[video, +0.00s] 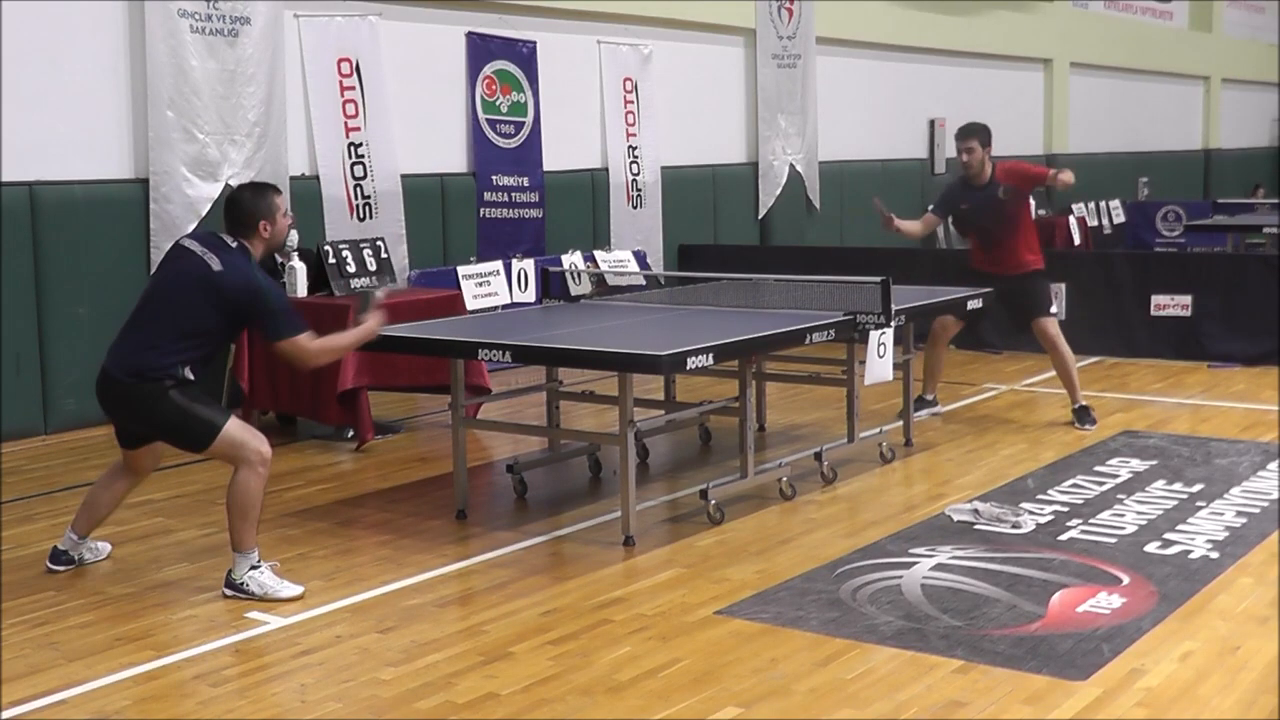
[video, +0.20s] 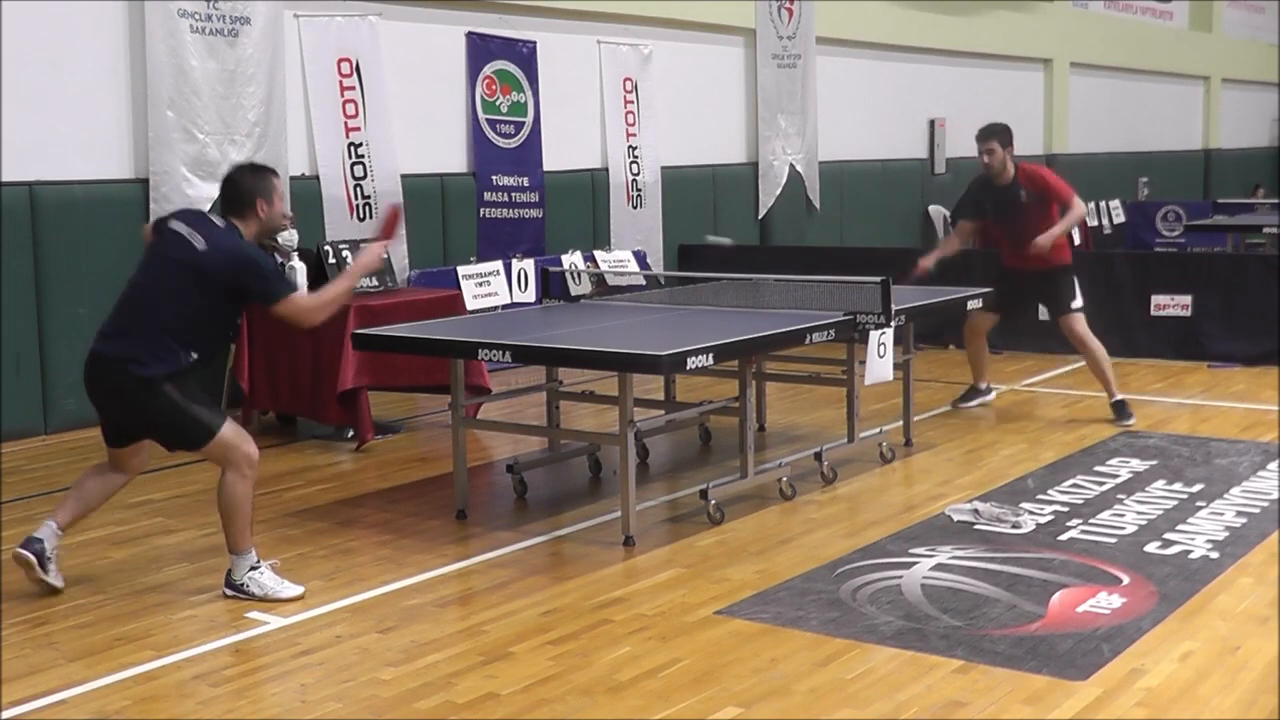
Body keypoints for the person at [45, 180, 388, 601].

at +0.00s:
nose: (289, 223)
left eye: (288, 215)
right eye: (285, 216)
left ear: (237, 220)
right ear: (263, 227)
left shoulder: (196, 241)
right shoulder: (251, 282)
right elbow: (307, 354)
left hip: (119, 380)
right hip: (152, 390)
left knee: (137, 463)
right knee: (254, 454)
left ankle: (69, 544)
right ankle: (245, 570)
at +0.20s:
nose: (286, 211)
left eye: (284, 201)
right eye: (282, 201)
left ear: (233, 202)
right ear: (261, 206)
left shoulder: (185, 219)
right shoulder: (245, 261)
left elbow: (150, 234)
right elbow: (307, 313)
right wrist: (359, 268)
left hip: (104, 367)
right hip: (143, 380)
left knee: (124, 463)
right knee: (242, 456)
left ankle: (44, 538)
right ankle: (243, 570)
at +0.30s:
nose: (254, 183)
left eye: (252, 173)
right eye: (251, 174)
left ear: (205, 181)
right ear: (233, 182)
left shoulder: (161, 209)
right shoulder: (205, 235)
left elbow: (124, 254)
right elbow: (224, 324)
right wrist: (289, 303)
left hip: (93, 364)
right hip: (132, 370)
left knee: (105, 475)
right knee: (237, 447)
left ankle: (30, 571)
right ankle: (199, 571)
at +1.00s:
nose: (247, 196)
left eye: (246, 188)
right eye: (247, 189)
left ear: (198, 181)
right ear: (236, 192)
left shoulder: (148, 210)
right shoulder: (227, 244)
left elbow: (155, 277)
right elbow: (234, 322)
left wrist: (223, 289)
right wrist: (252, 295)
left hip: (93, 355)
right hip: (145, 363)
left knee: (124, 452)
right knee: (209, 461)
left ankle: (92, 555)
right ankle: (236, 589)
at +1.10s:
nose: (231, 178)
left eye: (233, 172)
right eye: (232, 171)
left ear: (185, 156)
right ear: (218, 165)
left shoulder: (127, 168)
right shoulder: (214, 199)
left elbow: (66, 208)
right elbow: (217, 258)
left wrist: (99, 251)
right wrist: (237, 227)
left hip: (87, 323)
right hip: (137, 326)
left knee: (104, 436)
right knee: (160, 439)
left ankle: (88, 552)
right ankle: (171, 569)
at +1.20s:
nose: (220, 157)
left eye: (221, 150)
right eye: (221, 150)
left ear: (177, 131)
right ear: (209, 142)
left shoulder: (117, 148)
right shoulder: (204, 175)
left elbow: (43, 176)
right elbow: (211, 243)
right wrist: (202, 194)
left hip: (89, 304)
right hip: (136, 310)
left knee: (102, 418)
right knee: (152, 424)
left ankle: (85, 537)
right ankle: (149, 555)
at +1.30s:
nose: (205, 139)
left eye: (205, 130)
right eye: (203, 129)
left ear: (155, 121)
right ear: (187, 125)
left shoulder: (102, 148)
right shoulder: (189, 166)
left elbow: (32, 162)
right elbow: (209, 242)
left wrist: (10, 137)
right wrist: (181, 230)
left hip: (85, 308)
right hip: (135, 313)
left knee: (98, 416)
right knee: (165, 425)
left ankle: (68, 526)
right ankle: (161, 552)